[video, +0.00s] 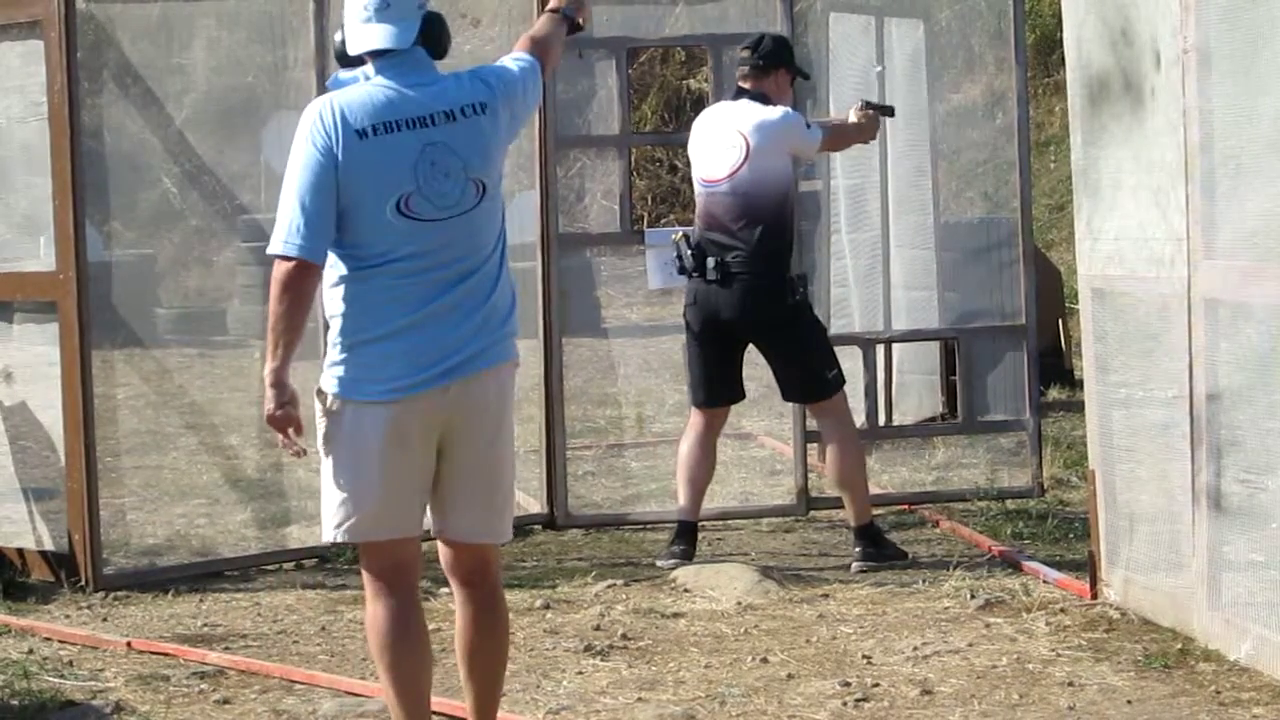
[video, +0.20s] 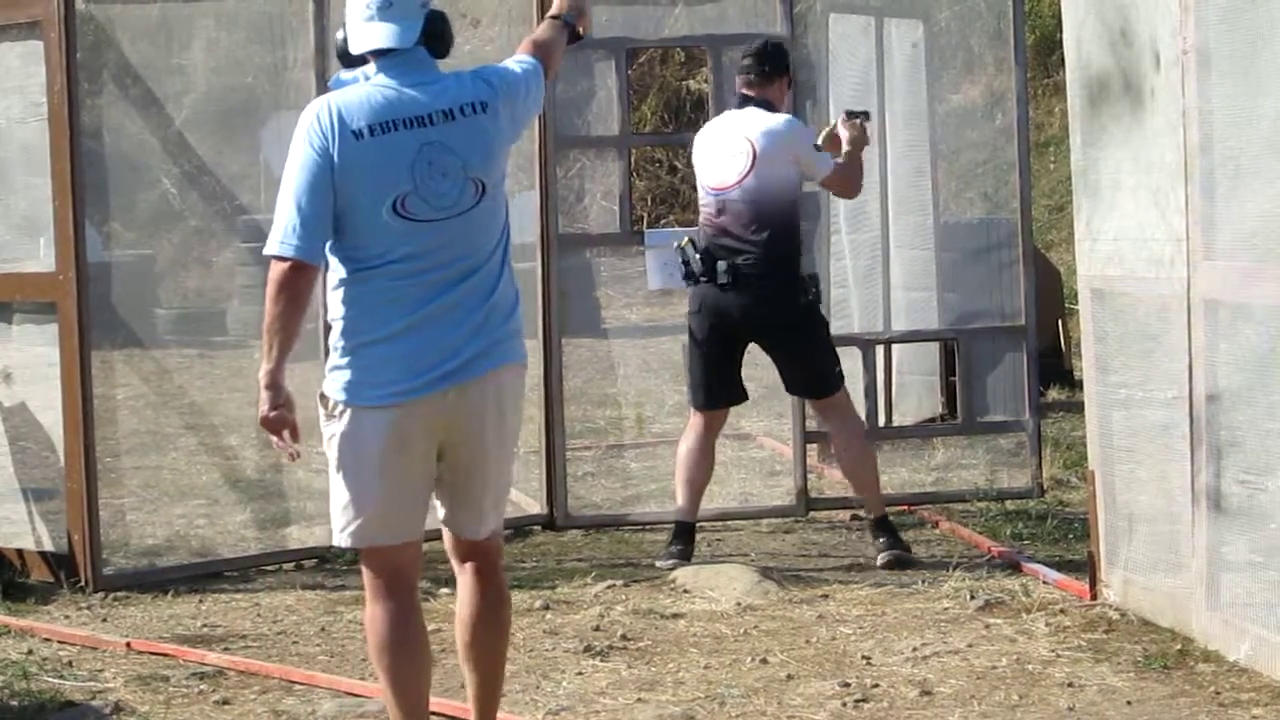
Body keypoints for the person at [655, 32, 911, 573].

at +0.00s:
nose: (792, 90)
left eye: (792, 83)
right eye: (791, 81)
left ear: (742, 75)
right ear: (777, 77)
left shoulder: (702, 121)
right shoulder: (782, 123)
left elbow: (795, 137)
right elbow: (842, 137)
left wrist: (844, 126)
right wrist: (865, 122)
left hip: (705, 297)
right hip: (768, 296)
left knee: (703, 419)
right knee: (834, 418)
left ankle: (682, 539)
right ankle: (867, 538)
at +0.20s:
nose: (791, 93)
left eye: (788, 86)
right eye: (791, 86)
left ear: (738, 85)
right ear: (783, 84)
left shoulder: (705, 134)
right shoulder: (786, 130)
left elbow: (762, 181)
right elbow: (847, 185)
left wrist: (827, 147)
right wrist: (854, 146)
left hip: (711, 298)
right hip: (777, 296)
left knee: (703, 420)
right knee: (837, 413)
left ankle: (679, 540)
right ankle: (883, 533)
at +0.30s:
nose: (732, 115)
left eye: (733, 109)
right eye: (740, 109)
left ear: (741, 109)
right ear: (785, 108)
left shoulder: (710, 163)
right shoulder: (806, 151)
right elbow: (866, 222)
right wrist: (850, 180)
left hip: (724, 309)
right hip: (793, 308)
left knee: (690, 413)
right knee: (846, 420)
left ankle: (681, 535)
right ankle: (895, 538)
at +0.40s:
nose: (707, 140)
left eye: (709, 131)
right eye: (707, 132)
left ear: (726, 128)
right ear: (759, 129)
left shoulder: (703, 178)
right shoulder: (804, 173)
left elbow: (668, 265)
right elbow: (863, 246)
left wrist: (682, 297)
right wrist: (829, 212)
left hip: (727, 327)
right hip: (798, 327)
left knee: (663, 406)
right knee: (847, 427)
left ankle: (677, 532)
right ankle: (894, 537)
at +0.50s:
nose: (655, 147)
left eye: (658, 135)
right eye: (654, 137)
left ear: (680, 127)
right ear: (703, 129)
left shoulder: (673, 172)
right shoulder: (761, 173)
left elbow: (647, 217)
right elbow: (823, 241)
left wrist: (618, 280)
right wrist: (776, 233)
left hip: (711, 329)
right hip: (778, 329)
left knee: (620, 400)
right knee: (831, 430)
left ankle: (646, 529)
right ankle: (894, 536)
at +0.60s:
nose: (588, 138)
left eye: (590, 126)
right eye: (585, 129)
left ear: (615, 114)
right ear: (636, 117)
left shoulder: (617, 155)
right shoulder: (696, 158)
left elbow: (613, 197)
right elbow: (755, 222)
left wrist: (594, 266)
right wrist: (702, 226)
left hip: (674, 319)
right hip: (735, 315)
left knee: (592, 414)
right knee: (786, 423)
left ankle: (633, 542)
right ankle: (885, 522)